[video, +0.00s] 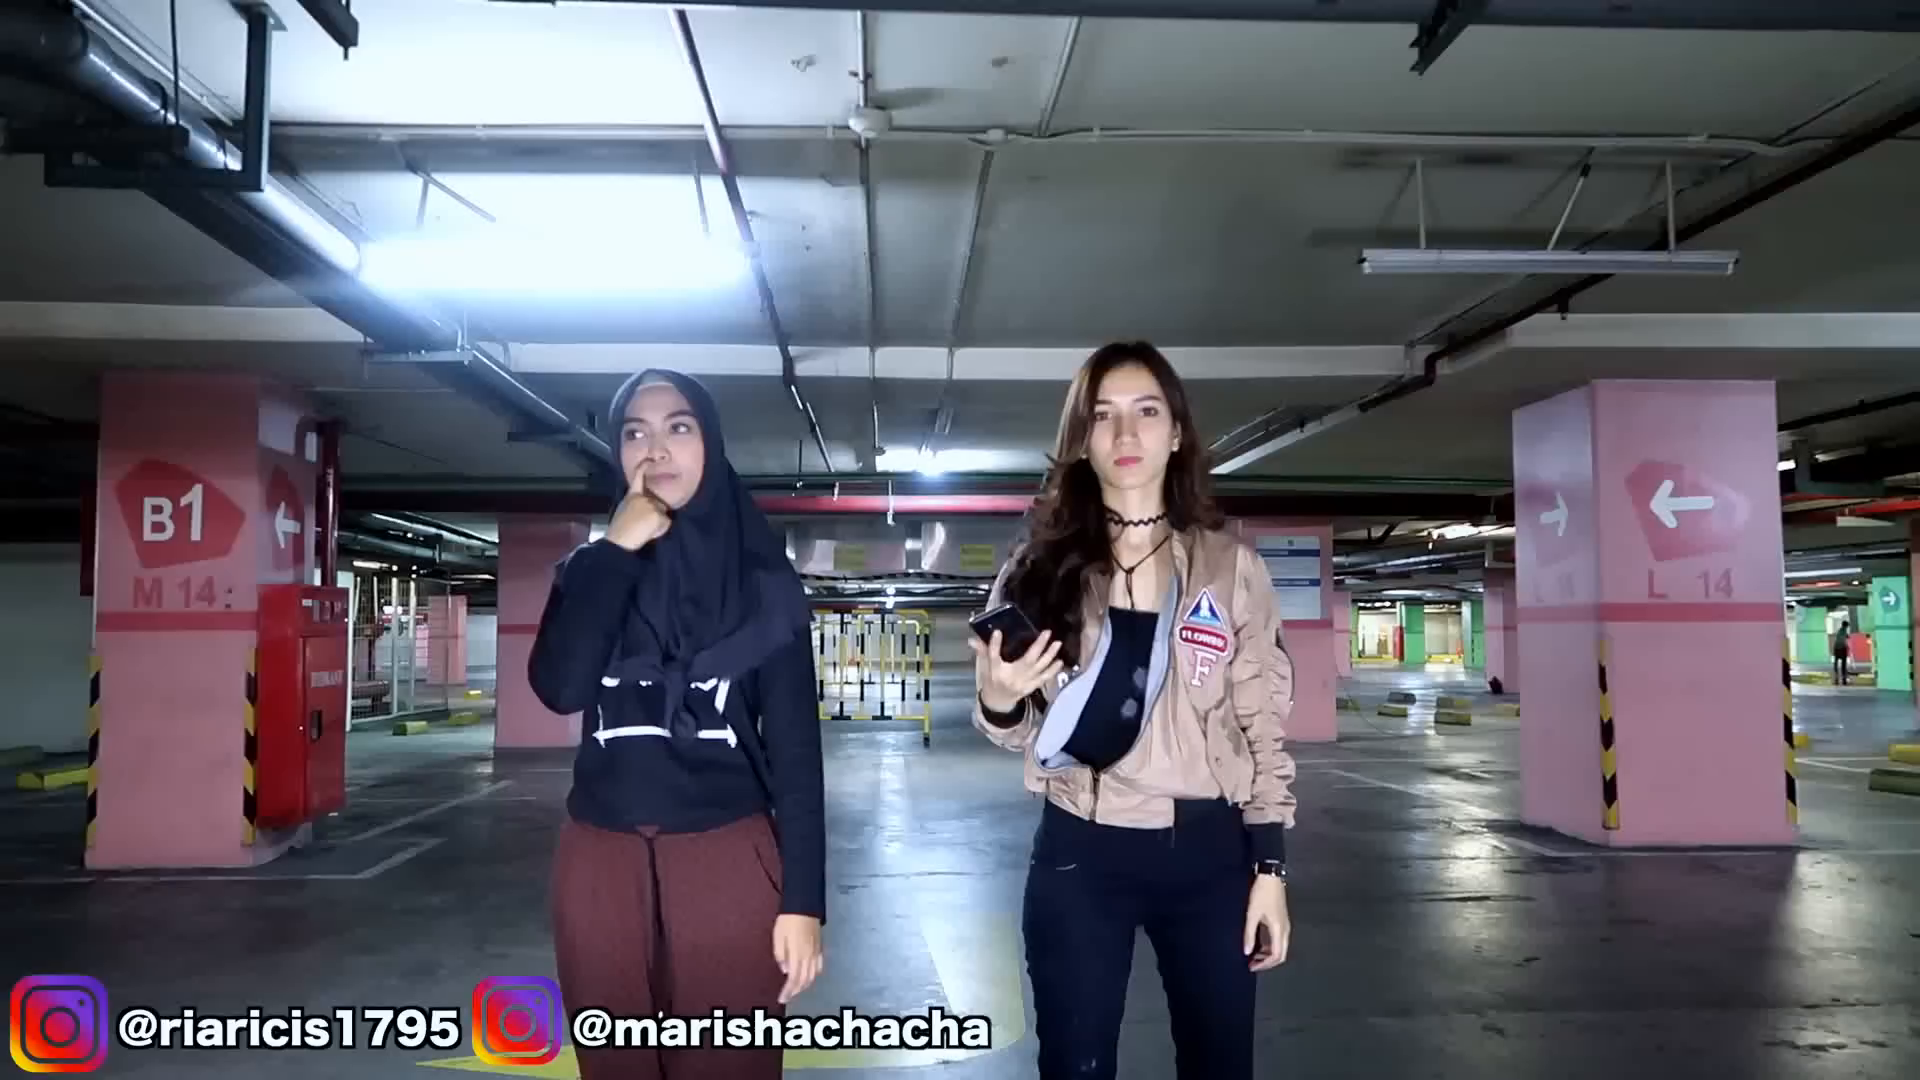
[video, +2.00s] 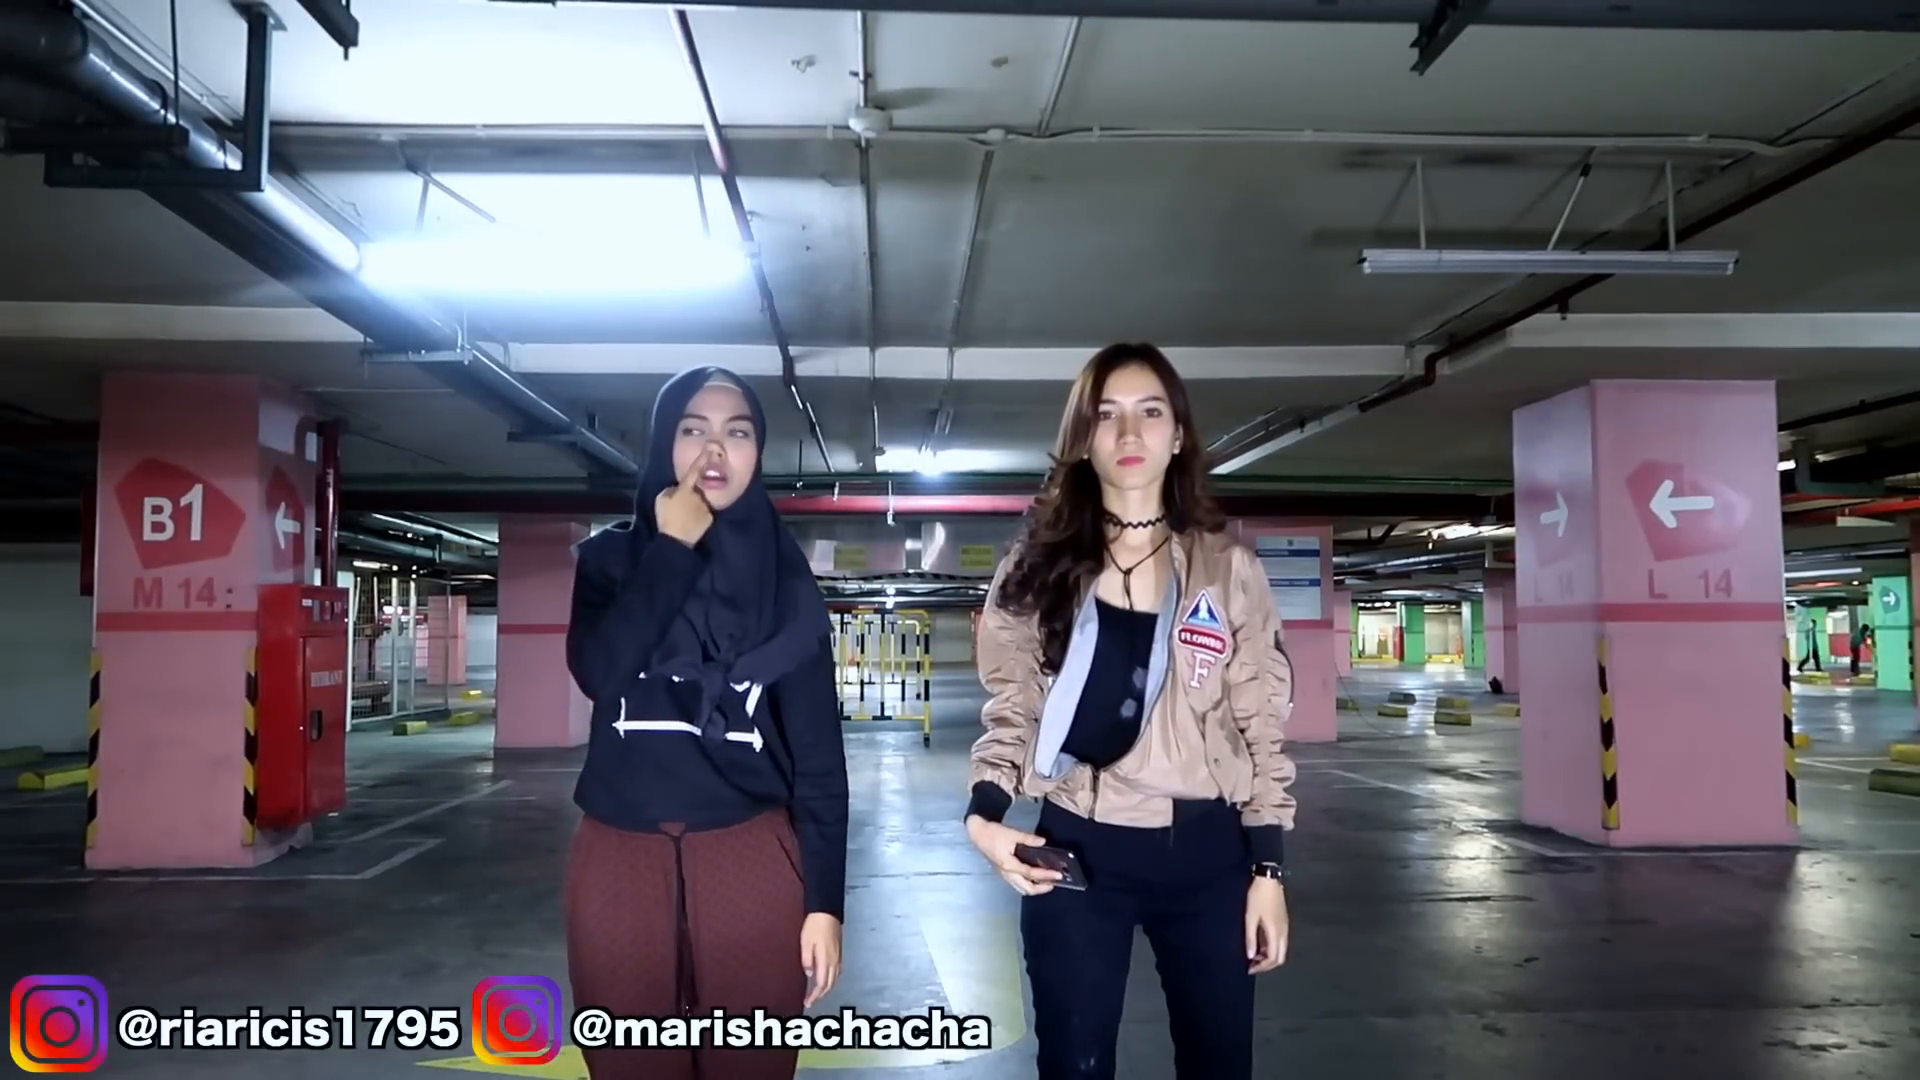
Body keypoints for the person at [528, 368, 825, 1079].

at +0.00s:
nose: (657, 448)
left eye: (679, 427)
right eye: (636, 431)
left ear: (710, 447)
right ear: (617, 454)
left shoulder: (760, 574)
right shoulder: (591, 568)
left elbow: (793, 745)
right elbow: (558, 687)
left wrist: (802, 901)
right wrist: (613, 550)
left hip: (726, 854)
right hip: (600, 855)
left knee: (730, 1063)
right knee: (611, 1064)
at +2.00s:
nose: (716, 450)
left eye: (737, 432)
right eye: (694, 430)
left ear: (758, 453)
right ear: (663, 448)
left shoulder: (782, 572)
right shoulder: (610, 556)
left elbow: (816, 746)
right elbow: (598, 674)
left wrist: (825, 901)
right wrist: (671, 548)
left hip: (752, 856)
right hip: (619, 855)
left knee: (750, 1065)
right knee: (626, 1064)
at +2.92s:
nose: (684, 444)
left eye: (708, 424)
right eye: (666, 427)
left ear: (744, 444)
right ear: (648, 451)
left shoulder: (785, 572)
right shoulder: (618, 558)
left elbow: (821, 752)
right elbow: (569, 717)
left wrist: (822, 904)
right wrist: (609, 591)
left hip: (746, 854)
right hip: (617, 852)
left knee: (747, 1065)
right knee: (622, 1064)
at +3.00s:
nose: (683, 441)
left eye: (707, 422)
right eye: (665, 425)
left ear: (744, 443)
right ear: (648, 449)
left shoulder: (785, 574)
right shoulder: (609, 568)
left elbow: (821, 751)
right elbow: (553, 727)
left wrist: (823, 904)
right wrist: (594, 643)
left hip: (747, 855)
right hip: (618, 853)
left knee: (747, 1064)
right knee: (622, 1064)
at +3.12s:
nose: (683, 441)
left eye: (708, 423)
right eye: (665, 425)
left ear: (743, 442)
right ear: (647, 448)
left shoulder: (785, 577)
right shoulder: (606, 571)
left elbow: (820, 752)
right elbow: (545, 703)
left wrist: (824, 903)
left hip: (748, 858)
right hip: (618, 855)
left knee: (749, 1064)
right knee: (624, 1064)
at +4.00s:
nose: (673, 449)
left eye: (696, 428)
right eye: (653, 429)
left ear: (727, 445)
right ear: (632, 448)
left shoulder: (765, 570)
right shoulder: (583, 561)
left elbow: (807, 743)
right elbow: (522, 686)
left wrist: (806, 886)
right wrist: (541, 803)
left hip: (731, 850)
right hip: (600, 854)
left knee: (733, 1063)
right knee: (613, 1062)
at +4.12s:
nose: (692, 479)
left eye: (714, 455)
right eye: (671, 456)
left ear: (747, 466)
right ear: (648, 465)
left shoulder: (773, 574)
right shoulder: (593, 552)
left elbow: (767, 763)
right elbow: (546, 687)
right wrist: (544, 809)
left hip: (725, 856)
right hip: (594, 854)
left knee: (736, 1066)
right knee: (606, 1066)